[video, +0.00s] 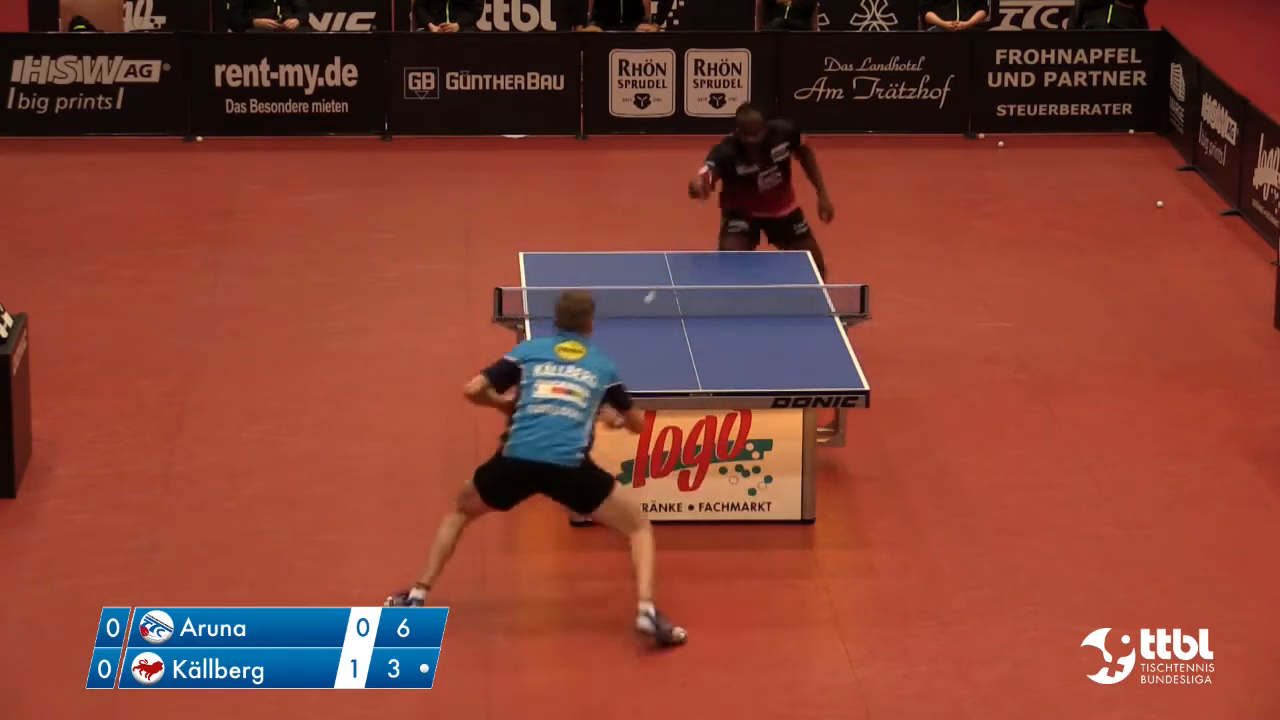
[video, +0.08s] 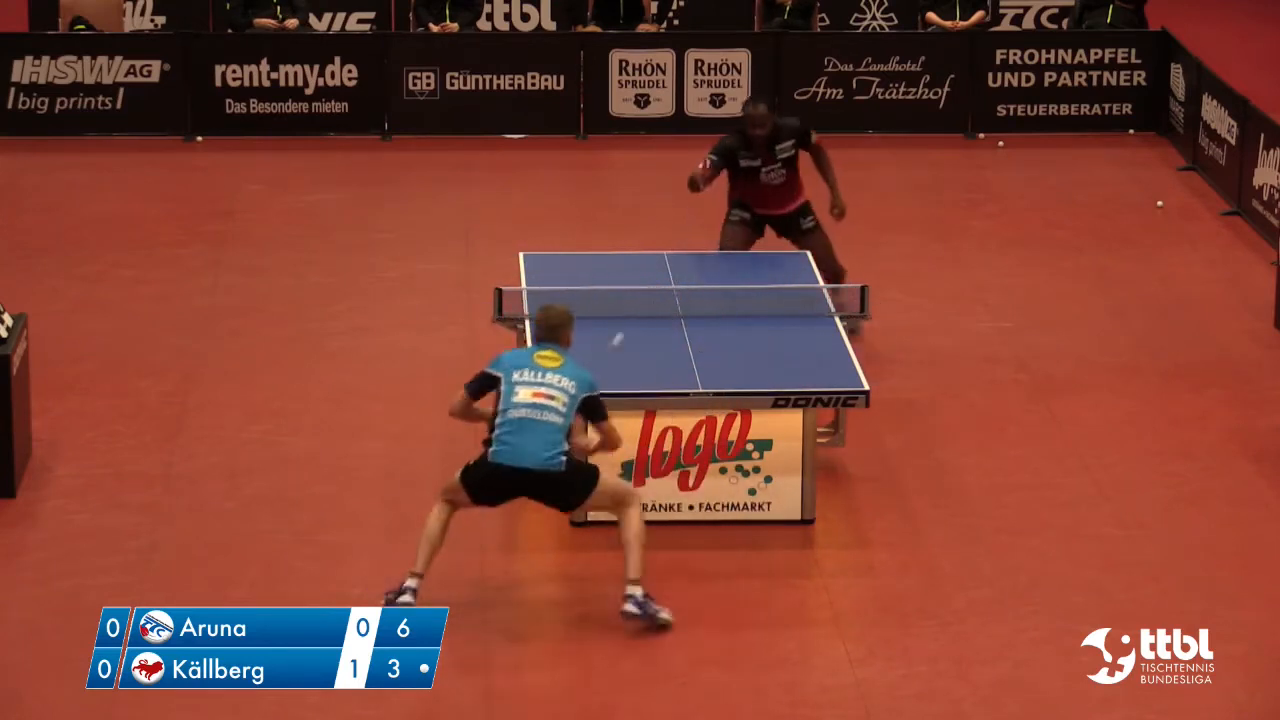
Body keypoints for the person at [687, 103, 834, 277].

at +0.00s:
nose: (750, 138)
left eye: (756, 133)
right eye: (745, 133)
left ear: (765, 128)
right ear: (737, 130)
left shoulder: (783, 134)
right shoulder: (727, 149)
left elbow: (804, 154)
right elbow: (707, 173)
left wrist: (822, 196)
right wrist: (699, 186)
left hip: (784, 215)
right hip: (741, 217)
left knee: (816, 272)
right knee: (728, 269)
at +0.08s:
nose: (757, 131)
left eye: (763, 125)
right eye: (752, 125)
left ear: (772, 120)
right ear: (744, 123)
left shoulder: (791, 131)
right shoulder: (732, 144)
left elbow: (817, 151)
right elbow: (707, 173)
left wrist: (835, 194)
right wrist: (697, 179)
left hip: (792, 210)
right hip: (746, 212)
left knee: (833, 271)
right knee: (725, 265)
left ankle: (838, 312)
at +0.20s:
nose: (764, 135)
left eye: (770, 129)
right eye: (759, 129)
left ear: (782, 125)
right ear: (752, 127)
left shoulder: (804, 143)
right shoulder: (742, 151)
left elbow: (836, 165)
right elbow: (708, 187)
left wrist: (850, 210)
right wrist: (703, 184)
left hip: (805, 222)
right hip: (756, 223)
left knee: (847, 275)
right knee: (724, 270)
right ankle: (714, 332)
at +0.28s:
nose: (772, 132)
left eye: (777, 125)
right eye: (767, 126)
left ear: (789, 124)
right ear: (759, 125)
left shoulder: (815, 142)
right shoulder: (751, 152)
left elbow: (852, 167)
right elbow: (730, 181)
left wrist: (851, 215)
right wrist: (716, 193)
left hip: (818, 216)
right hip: (772, 217)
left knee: (855, 275)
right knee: (735, 262)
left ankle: (877, 324)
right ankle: (730, 326)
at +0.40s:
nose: (778, 120)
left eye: (784, 114)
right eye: (774, 114)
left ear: (796, 111)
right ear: (768, 113)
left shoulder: (821, 131)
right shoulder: (763, 141)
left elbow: (860, 160)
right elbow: (751, 179)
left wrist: (845, 203)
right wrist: (737, 191)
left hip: (832, 205)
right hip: (788, 204)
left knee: (866, 272)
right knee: (748, 252)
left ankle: (894, 313)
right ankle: (747, 319)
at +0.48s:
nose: (782, 125)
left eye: (788, 118)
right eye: (777, 119)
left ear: (799, 116)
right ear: (771, 120)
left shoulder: (826, 137)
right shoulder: (770, 148)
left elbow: (860, 175)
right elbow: (767, 184)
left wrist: (836, 213)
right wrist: (754, 197)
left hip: (842, 212)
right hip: (796, 211)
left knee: (874, 276)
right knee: (749, 259)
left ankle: (919, 326)